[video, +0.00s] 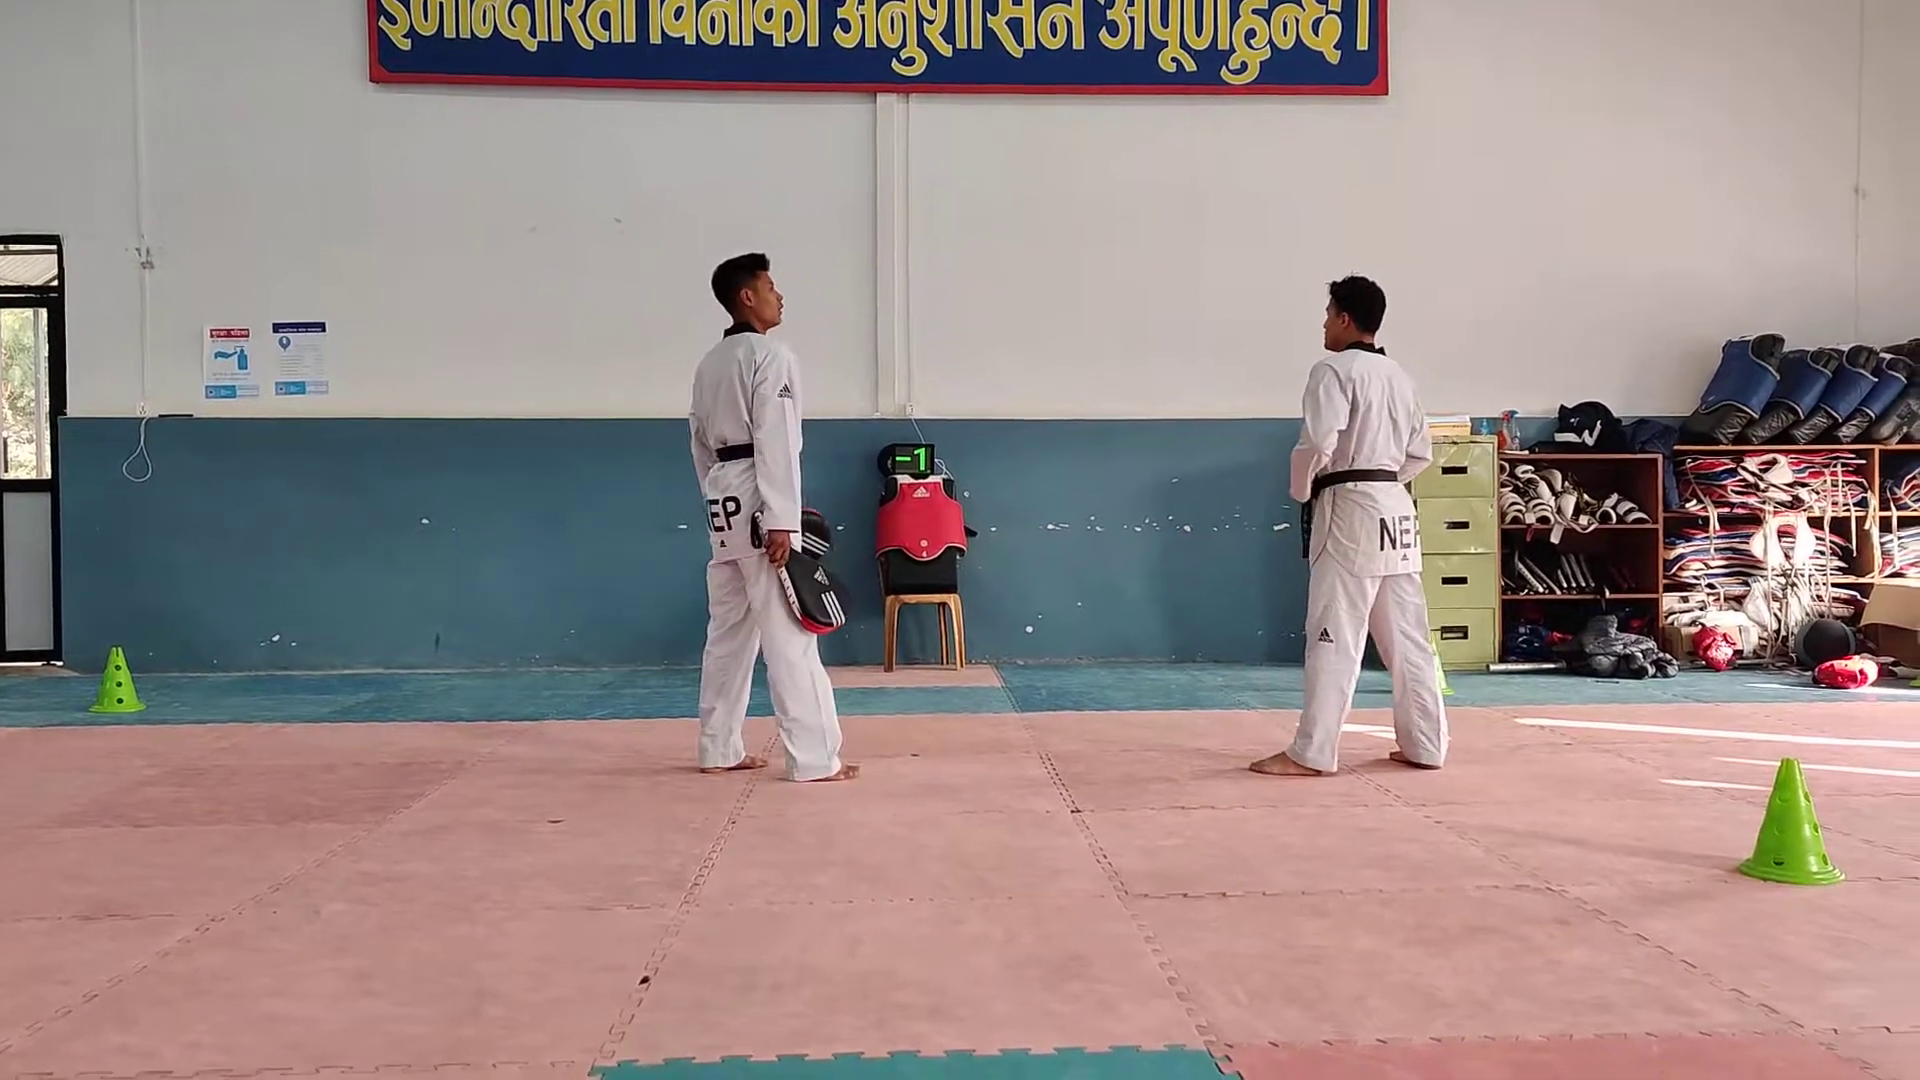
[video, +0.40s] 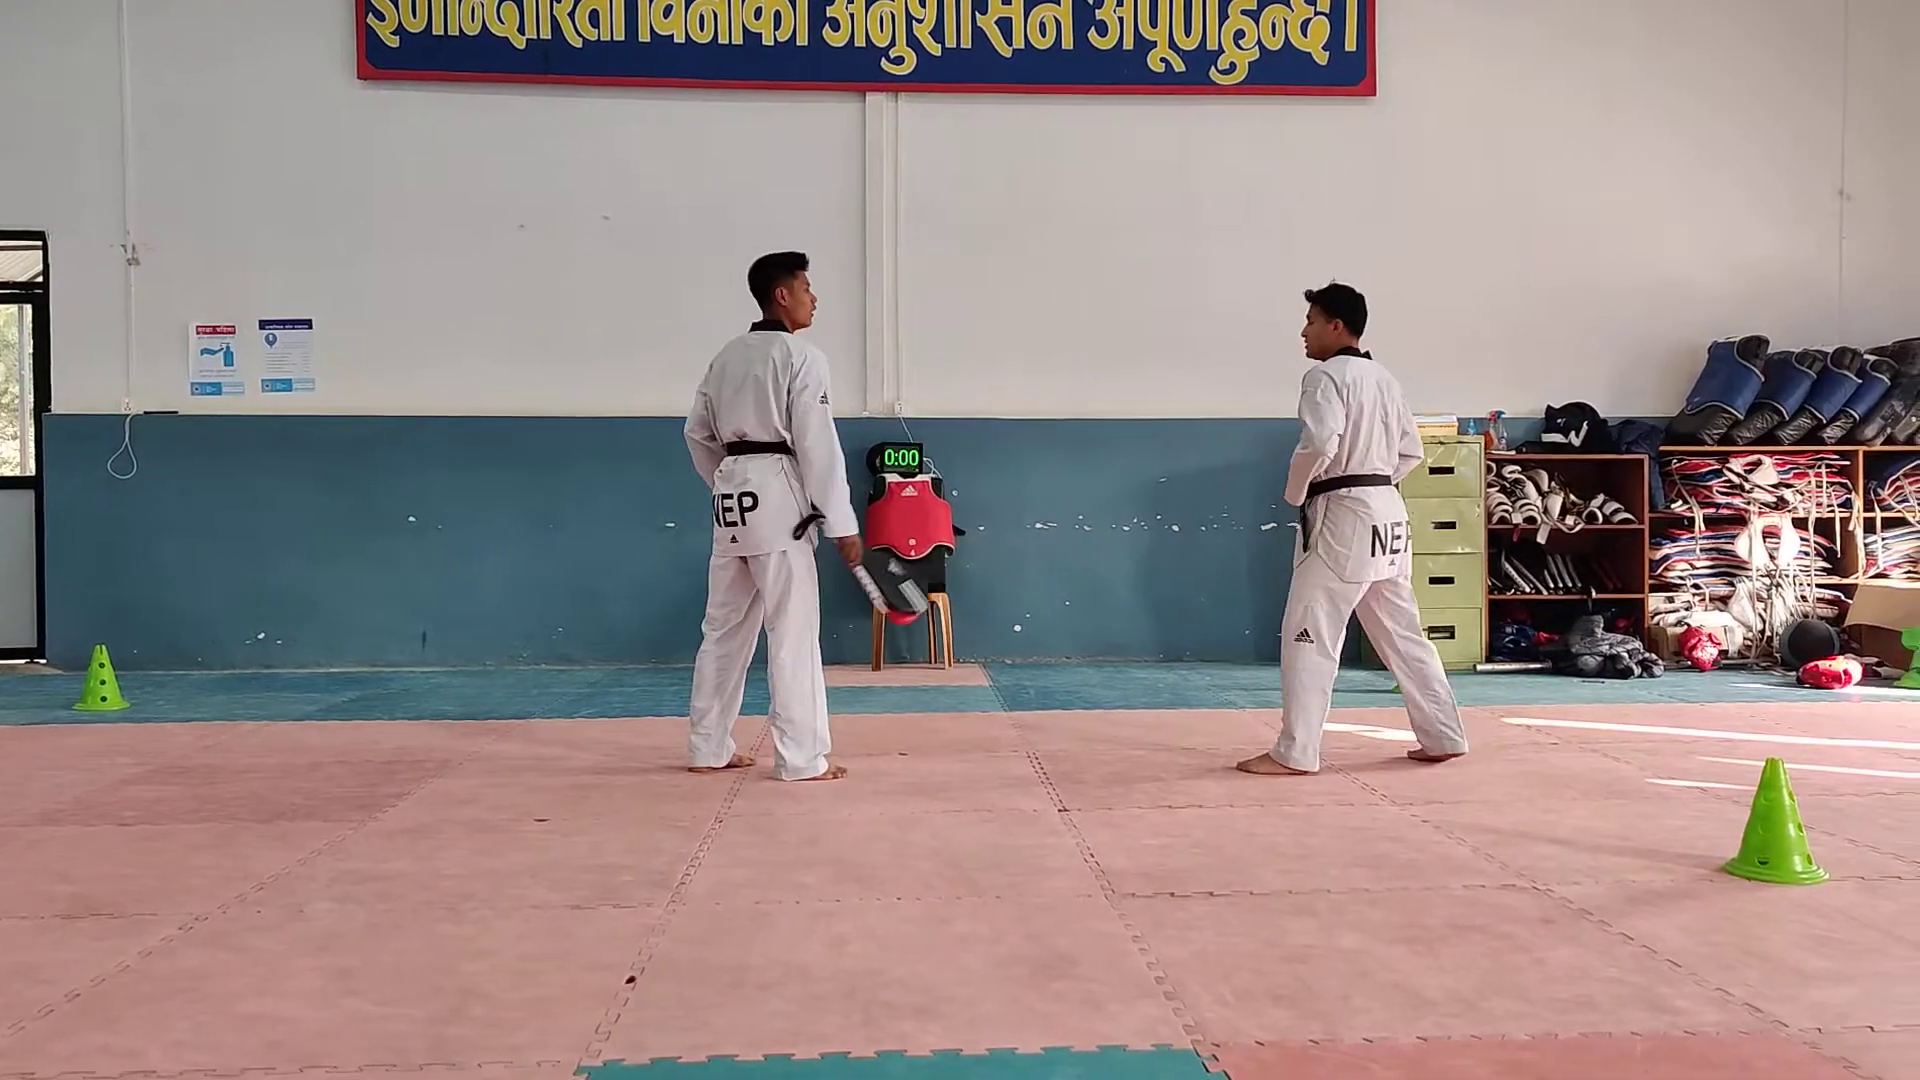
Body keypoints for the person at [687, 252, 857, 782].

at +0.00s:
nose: (780, 295)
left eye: (775, 286)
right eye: (770, 287)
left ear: (740, 300)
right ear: (746, 297)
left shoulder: (709, 364)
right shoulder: (771, 355)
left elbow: (703, 451)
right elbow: (777, 445)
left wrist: (723, 501)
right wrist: (781, 518)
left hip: (722, 507)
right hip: (762, 504)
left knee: (728, 632)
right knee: (790, 633)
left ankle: (720, 749)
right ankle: (815, 758)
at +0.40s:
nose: (814, 298)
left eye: (810, 287)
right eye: (806, 288)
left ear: (771, 298)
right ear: (780, 295)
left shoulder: (726, 357)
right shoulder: (801, 356)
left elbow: (698, 433)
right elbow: (818, 447)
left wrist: (729, 487)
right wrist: (844, 525)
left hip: (729, 494)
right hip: (779, 491)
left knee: (724, 627)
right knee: (794, 627)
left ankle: (708, 748)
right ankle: (802, 757)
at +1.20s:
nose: (833, 330)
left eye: (833, 319)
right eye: (828, 318)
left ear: (791, 321)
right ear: (802, 319)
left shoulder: (731, 365)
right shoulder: (796, 376)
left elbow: (683, 422)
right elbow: (845, 458)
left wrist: (730, 459)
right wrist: (924, 456)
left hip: (695, 492)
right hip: (740, 501)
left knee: (710, 633)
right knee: (767, 633)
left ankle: (700, 752)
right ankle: (795, 764)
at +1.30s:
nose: (811, 325)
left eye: (811, 314)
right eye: (805, 314)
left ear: (768, 318)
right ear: (779, 315)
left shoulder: (714, 364)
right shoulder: (779, 373)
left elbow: (676, 432)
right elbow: (837, 453)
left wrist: (729, 467)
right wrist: (904, 476)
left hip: (686, 495)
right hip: (728, 500)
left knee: (709, 631)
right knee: (765, 628)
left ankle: (676, 745)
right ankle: (801, 758)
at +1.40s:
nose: (779, 318)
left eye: (778, 308)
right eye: (772, 308)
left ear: (737, 314)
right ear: (744, 311)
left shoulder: (691, 370)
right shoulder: (741, 371)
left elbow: (709, 457)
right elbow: (765, 448)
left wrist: (768, 468)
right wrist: (841, 447)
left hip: (677, 502)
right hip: (717, 504)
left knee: (702, 626)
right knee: (772, 620)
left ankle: (648, 735)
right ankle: (807, 749)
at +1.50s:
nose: (749, 309)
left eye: (748, 299)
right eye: (741, 299)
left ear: (716, 304)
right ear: (711, 301)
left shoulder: (699, 363)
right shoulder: (692, 358)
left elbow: (710, 450)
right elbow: (685, 435)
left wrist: (764, 478)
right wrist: (759, 434)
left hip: (659, 489)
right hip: (679, 487)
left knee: (692, 619)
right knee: (751, 603)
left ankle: (653, 733)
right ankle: (811, 737)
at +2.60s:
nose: (513, 275)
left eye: (513, 266)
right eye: (504, 266)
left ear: (490, 271)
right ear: (474, 269)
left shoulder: (513, 327)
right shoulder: (433, 332)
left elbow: (511, 404)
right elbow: (396, 403)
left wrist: (531, 440)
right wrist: (440, 429)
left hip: (505, 467)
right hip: (441, 467)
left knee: (536, 576)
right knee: (367, 567)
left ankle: (533, 700)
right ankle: (286, 661)